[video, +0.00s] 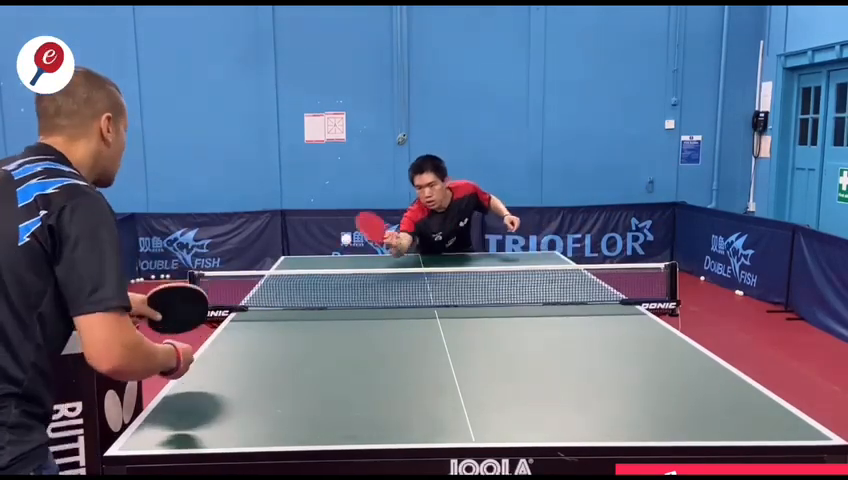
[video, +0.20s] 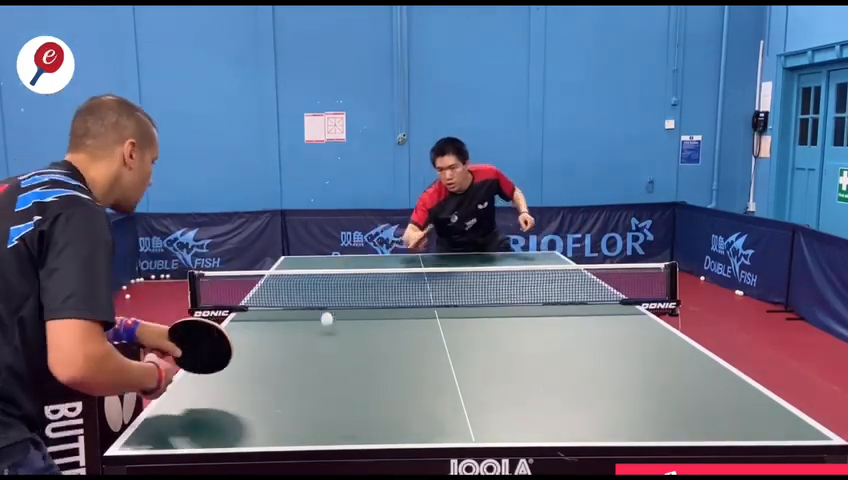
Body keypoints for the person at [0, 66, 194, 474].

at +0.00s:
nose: (123, 149)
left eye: (126, 135)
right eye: (124, 134)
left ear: (48, 125)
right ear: (106, 128)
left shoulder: (8, 174)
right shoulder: (77, 202)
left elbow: (30, 294)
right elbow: (112, 353)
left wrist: (116, 303)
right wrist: (168, 357)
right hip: (15, 442)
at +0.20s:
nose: (150, 181)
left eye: (154, 168)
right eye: (152, 165)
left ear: (79, 146)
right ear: (129, 154)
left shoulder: (16, 193)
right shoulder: (77, 211)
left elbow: (34, 314)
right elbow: (75, 360)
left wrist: (134, 331)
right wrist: (147, 375)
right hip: (12, 441)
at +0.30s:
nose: (165, 193)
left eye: (169, 180)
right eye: (166, 177)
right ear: (142, 166)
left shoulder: (38, 195)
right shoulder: (75, 217)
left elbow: (61, 317)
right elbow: (45, 360)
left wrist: (151, 325)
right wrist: (132, 381)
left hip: (16, 429)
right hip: (10, 438)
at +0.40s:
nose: (176, 204)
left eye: (179, 190)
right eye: (176, 187)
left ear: (146, 177)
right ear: (148, 176)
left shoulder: (82, 224)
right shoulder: (64, 226)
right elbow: (16, 360)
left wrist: (198, 319)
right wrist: (110, 386)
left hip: (18, 416)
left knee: (63, 470)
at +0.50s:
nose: (173, 205)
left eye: (176, 191)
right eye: (172, 189)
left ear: (139, 180)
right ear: (141, 179)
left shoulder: (102, 236)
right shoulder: (42, 229)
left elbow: (174, 298)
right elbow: (2, 354)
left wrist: (267, 311)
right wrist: (84, 387)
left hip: (16, 406)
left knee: (64, 472)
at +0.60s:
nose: (158, 189)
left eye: (159, 175)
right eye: (155, 172)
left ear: (125, 168)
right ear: (122, 166)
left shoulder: (100, 231)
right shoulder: (22, 219)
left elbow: (183, 272)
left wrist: (266, 288)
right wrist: (62, 381)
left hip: (12, 404)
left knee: (50, 471)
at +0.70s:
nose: (128, 161)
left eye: (128, 146)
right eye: (124, 145)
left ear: (89, 141)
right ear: (90, 140)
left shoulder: (62, 209)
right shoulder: (9, 208)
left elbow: (126, 261)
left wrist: (223, 280)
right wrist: (46, 373)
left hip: (5, 405)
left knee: (40, 471)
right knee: (34, 466)